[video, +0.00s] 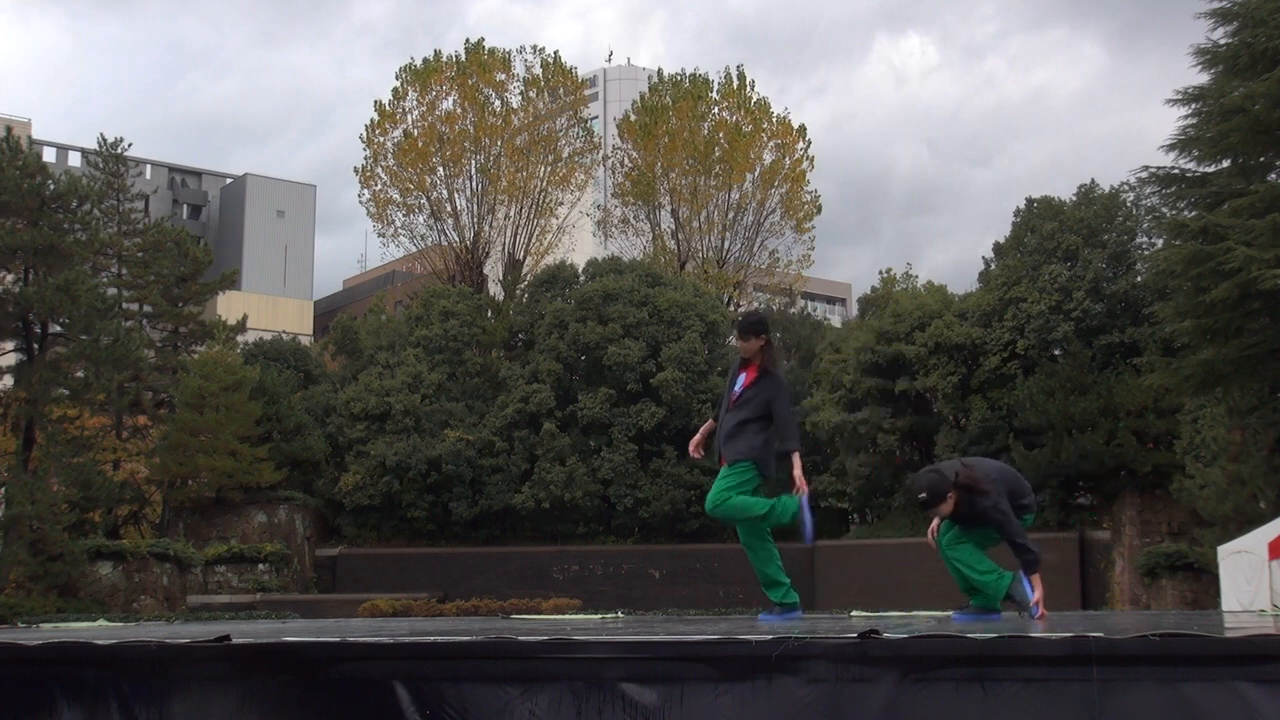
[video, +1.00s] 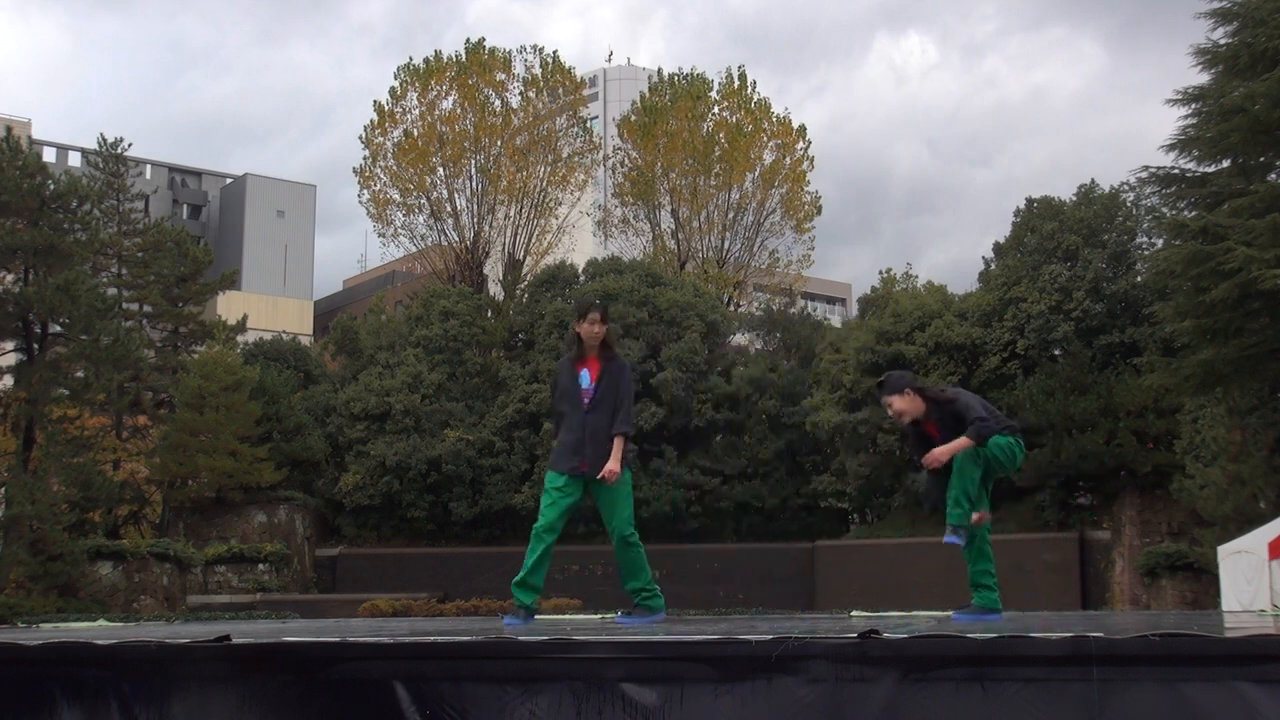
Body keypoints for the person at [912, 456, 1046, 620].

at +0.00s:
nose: (937, 515)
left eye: (938, 509)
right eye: (933, 511)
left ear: (950, 496)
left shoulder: (989, 500)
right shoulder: (940, 475)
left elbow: (1020, 542)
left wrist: (1038, 588)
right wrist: (939, 517)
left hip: (1018, 512)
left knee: (954, 543)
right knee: (944, 537)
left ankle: (1010, 584)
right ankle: (984, 603)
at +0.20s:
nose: (930, 504)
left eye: (931, 499)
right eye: (925, 502)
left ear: (943, 486)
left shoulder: (982, 482)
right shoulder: (933, 468)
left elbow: (1016, 523)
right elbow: (941, 494)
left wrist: (1033, 565)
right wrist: (936, 517)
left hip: (1010, 493)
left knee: (959, 532)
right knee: (948, 532)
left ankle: (1012, 581)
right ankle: (984, 603)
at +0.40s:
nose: (923, 466)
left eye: (923, 459)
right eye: (918, 463)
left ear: (935, 446)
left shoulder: (974, 436)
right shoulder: (925, 450)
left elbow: (1013, 470)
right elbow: (924, 490)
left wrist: (1029, 513)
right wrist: (934, 526)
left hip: (999, 466)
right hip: (965, 483)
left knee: (979, 492)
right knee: (956, 529)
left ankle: (998, 570)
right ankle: (983, 599)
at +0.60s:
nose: (913, 434)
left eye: (913, 427)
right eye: (908, 431)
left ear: (926, 412)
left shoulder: (970, 406)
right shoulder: (925, 440)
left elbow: (1022, 426)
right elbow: (926, 476)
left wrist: (1025, 459)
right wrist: (920, 515)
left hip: (1004, 462)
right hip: (967, 474)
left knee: (979, 456)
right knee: (970, 532)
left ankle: (940, 518)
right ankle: (986, 602)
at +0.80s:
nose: (902, 419)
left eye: (901, 411)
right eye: (898, 415)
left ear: (917, 398)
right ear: (915, 402)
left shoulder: (962, 402)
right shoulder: (921, 433)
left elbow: (1013, 422)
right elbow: (921, 470)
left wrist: (1005, 451)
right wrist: (918, 508)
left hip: (1004, 455)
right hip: (969, 470)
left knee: (968, 449)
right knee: (970, 530)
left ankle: (940, 517)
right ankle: (986, 602)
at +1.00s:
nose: (890, 412)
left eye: (890, 404)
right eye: (887, 408)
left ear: (908, 393)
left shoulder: (953, 398)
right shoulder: (917, 432)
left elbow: (985, 426)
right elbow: (937, 473)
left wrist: (947, 450)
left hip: (1006, 447)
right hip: (969, 466)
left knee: (969, 452)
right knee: (973, 526)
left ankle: (956, 523)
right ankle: (986, 601)